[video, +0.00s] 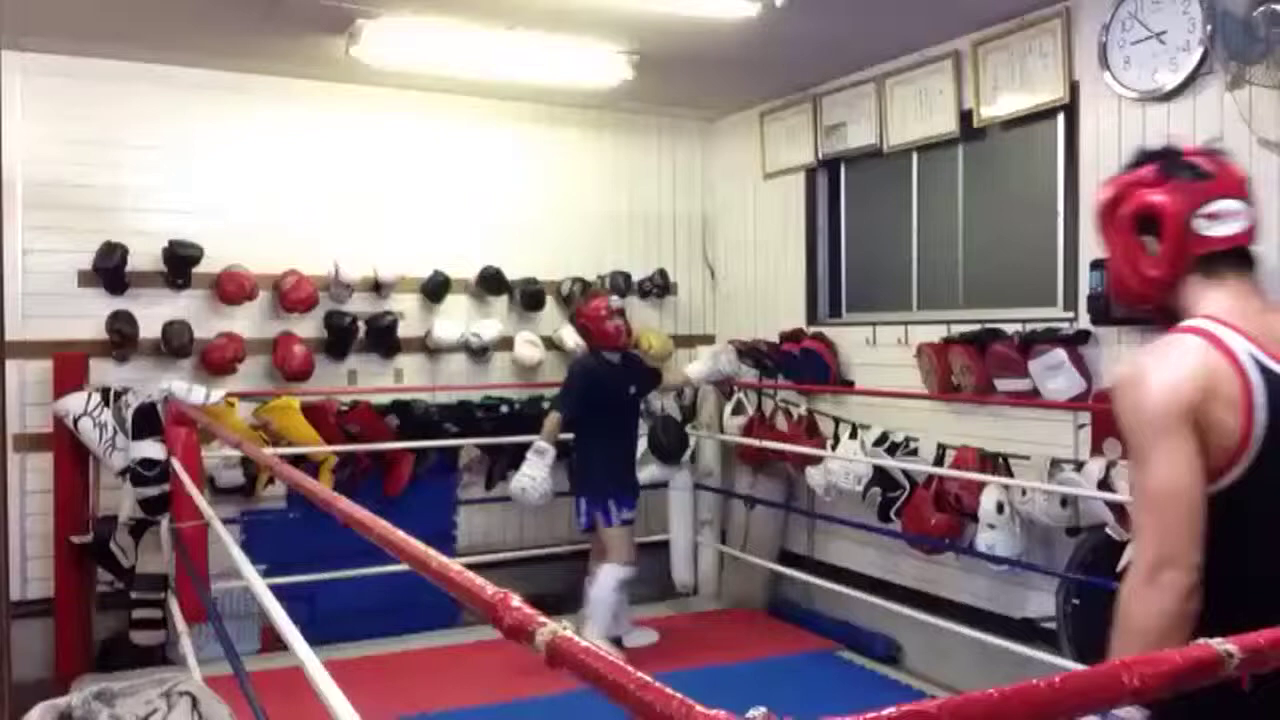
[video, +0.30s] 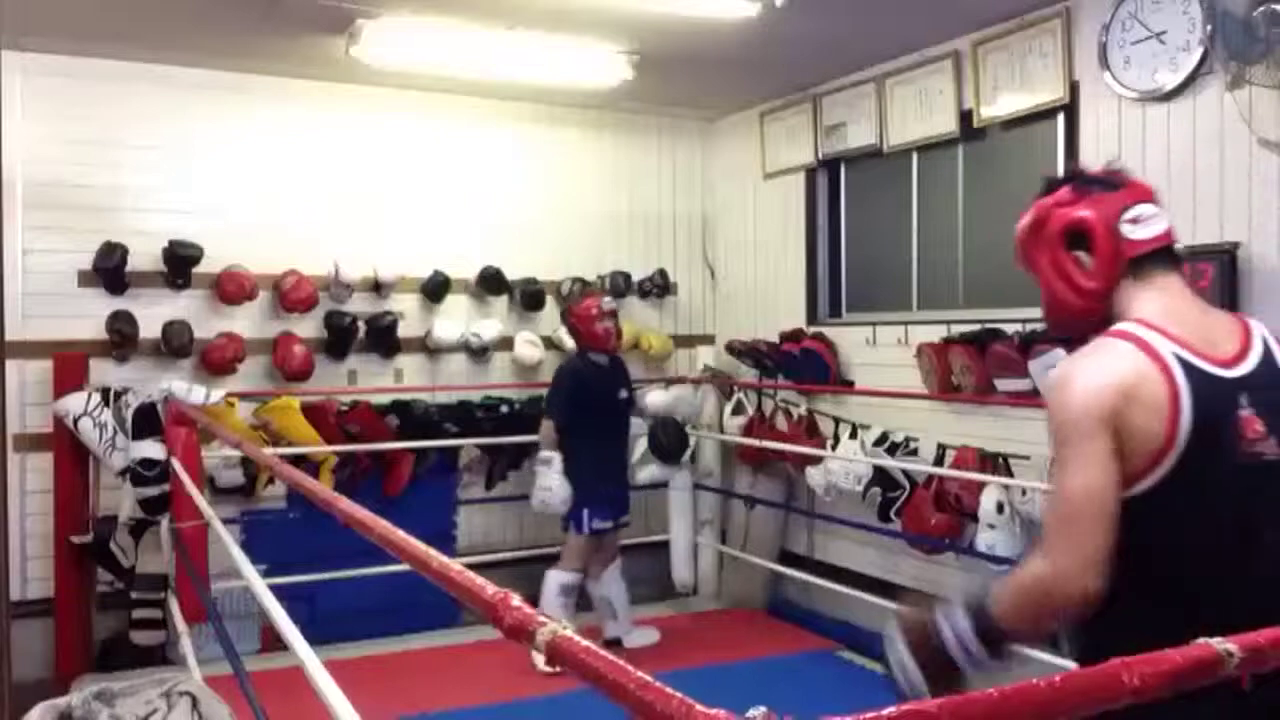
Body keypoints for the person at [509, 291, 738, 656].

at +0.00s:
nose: (618, 322)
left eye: (618, 315)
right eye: (608, 317)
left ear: (622, 320)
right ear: (589, 327)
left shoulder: (631, 364)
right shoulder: (584, 369)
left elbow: (666, 382)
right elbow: (556, 418)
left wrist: (705, 367)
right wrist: (539, 460)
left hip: (621, 471)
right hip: (596, 474)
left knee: (607, 555)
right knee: (620, 556)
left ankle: (619, 625)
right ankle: (593, 637)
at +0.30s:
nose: (612, 326)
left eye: (612, 318)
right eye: (602, 319)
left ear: (613, 322)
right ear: (580, 327)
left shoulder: (616, 367)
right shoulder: (570, 372)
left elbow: (632, 407)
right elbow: (549, 426)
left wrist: (669, 401)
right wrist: (549, 471)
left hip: (613, 475)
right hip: (582, 478)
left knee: (607, 554)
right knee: (575, 557)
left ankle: (618, 629)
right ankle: (547, 641)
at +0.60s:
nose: (601, 332)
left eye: (603, 323)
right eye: (592, 324)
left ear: (606, 328)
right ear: (571, 330)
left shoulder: (600, 371)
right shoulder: (555, 375)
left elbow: (597, 412)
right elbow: (528, 424)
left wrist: (632, 424)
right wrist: (523, 474)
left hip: (597, 472)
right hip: (561, 479)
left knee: (620, 550)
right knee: (559, 561)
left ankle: (624, 633)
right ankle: (543, 644)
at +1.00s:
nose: (622, 331)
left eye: (623, 322)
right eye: (612, 324)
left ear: (626, 326)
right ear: (591, 330)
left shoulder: (622, 375)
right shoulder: (571, 376)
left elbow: (613, 425)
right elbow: (550, 431)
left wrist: (622, 466)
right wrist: (556, 481)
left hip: (618, 478)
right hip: (580, 481)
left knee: (630, 564)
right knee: (566, 565)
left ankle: (634, 661)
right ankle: (542, 646)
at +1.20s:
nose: (637, 329)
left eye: (640, 320)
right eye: (629, 320)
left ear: (643, 325)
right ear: (606, 325)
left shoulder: (642, 375)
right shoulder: (578, 370)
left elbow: (656, 430)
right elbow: (555, 420)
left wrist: (669, 472)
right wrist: (564, 468)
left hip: (626, 479)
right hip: (583, 480)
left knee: (632, 566)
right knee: (576, 576)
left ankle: (634, 662)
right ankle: (550, 645)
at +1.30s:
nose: (639, 330)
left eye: (643, 322)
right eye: (630, 321)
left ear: (646, 326)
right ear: (605, 325)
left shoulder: (647, 375)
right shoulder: (577, 370)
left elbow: (668, 427)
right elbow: (553, 419)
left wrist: (698, 462)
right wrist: (560, 464)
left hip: (627, 483)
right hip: (583, 484)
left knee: (633, 568)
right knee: (573, 576)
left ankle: (635, 660)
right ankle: (554, 658)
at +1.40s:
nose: (631, 327)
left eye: (637, 319)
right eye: (622, 319)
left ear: (643, 325)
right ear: (598, 322)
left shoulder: (647, 374)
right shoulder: (572, 370)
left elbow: (676, 422)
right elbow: (548, 421)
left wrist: (707, 452)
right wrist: (555, 459)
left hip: (626, 485)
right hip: (579, 485)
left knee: (632, 571)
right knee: (567, 574)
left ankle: (634, 662)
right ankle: (556, 668)